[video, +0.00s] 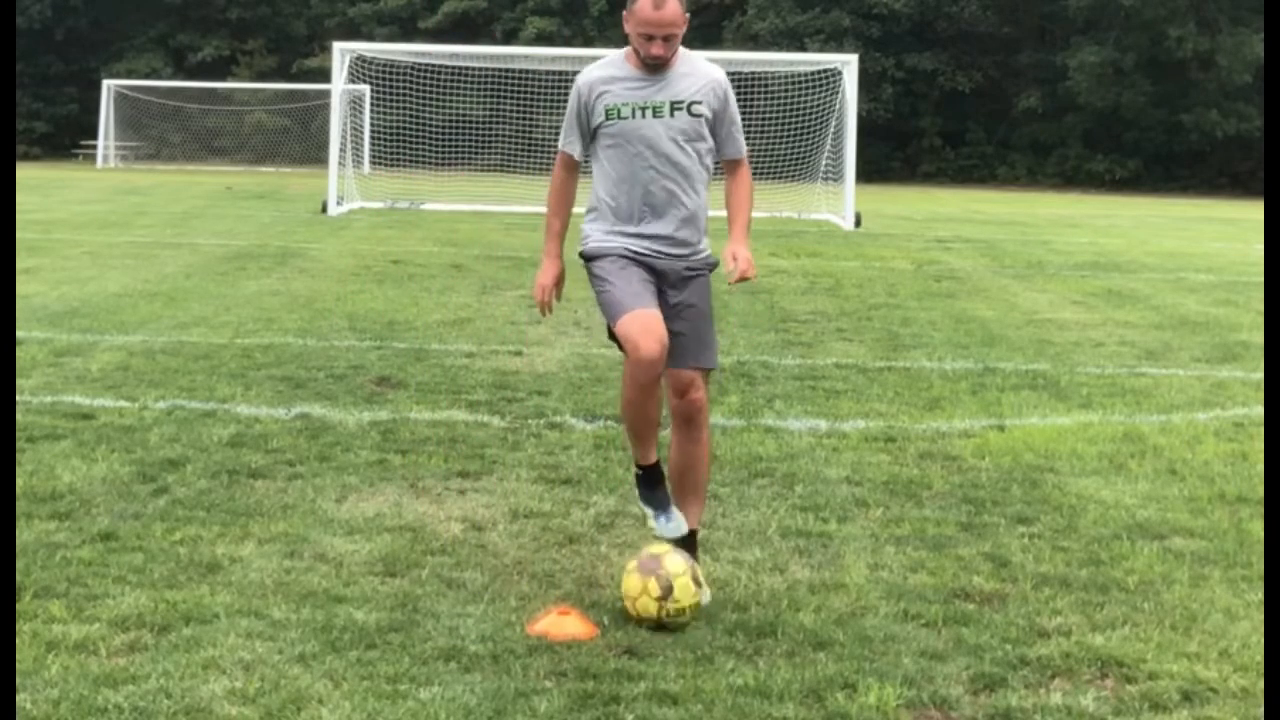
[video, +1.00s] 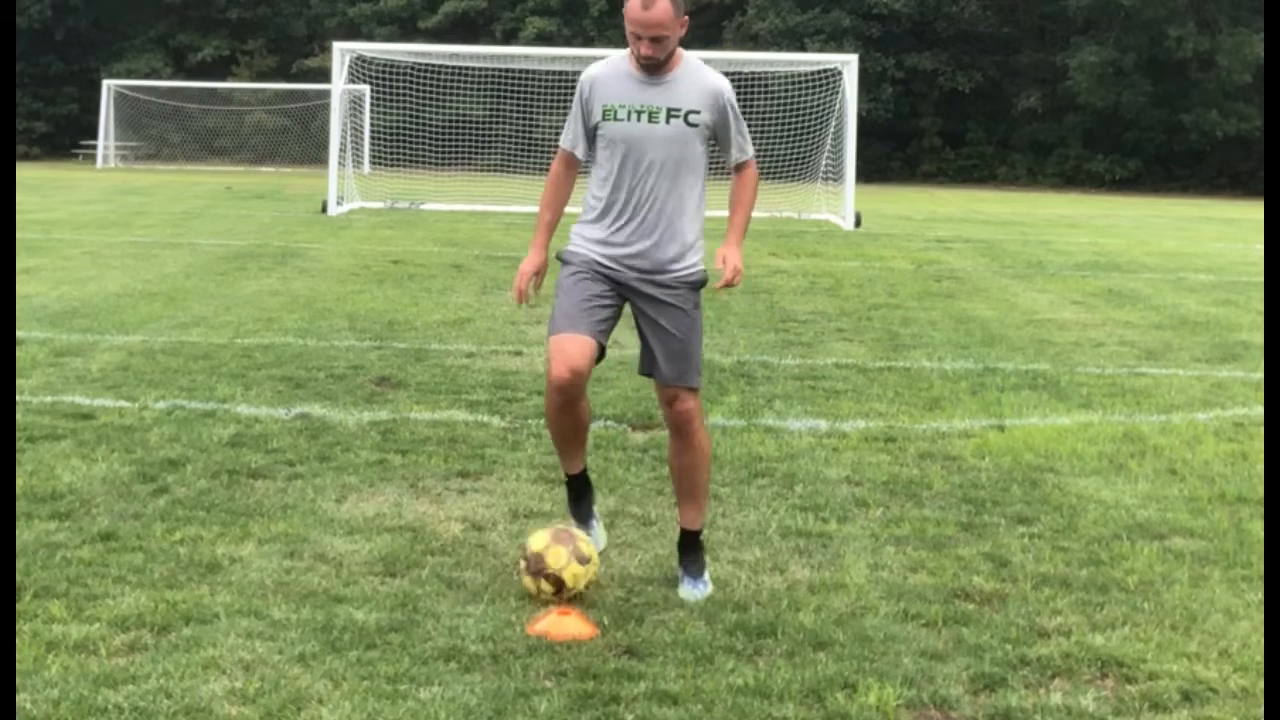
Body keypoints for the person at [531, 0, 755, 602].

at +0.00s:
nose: (659, 48)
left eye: (670, 37)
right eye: (648, 37)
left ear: (686, 27)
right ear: (626, 24)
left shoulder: (711, 83)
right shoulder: (593, 83)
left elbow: (736, 164)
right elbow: (565, 169)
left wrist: (738, 237)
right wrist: (551, 255)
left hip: (686, 256)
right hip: (614, 248)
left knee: (691, 397)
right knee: (648, 346)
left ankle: (687, 543)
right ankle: (648, 474)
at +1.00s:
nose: (646, 50)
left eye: (658, 39)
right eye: (636, 37)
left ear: (683, 27)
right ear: (624, 23)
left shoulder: (711, 89)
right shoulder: (597, 80)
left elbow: (744, 166)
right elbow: (566, 164)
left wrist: (733, 243)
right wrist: (538, 249)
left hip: (672, 271)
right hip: (593, 259)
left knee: (682, 409)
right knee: (563, 375)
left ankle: (691, 551)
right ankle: (580, 504)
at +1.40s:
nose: (619, 46)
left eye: (632, 36)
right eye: (612, 33)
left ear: (662, 25)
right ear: (603, 21)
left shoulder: (697, 85)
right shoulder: (580, 78)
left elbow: (728, 161)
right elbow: (555, 160)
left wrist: (711, 236)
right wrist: (524, 242)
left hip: (656, 260)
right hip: (577, 248)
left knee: (663, 401)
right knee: (513, 367)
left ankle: (657, 540)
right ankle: (497, 487)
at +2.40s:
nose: (527, 47)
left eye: (539, 36)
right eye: (518, 35)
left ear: (569, 22)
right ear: (509, 22)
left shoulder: (603, 86)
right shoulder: (499, 76)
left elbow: (645, 171)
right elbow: (496, 153)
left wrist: (624, 243)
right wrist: (470, 230)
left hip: (575, 256)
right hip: (502, 250)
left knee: (571, 389)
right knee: (454, 377)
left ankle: (618, 509)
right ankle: (444, 523)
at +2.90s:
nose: (470, 83)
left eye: (481, 70)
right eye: (459, 71)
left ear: (506, 58)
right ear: (447, 63)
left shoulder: (547, 114)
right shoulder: (442, 123)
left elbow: (593, 197)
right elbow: (430, 211)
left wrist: (596, 281)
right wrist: (404, 295)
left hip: (543, 267)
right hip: (473, 277)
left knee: (526, 353)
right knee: (430, 410)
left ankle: (531, 498)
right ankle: (446, 552)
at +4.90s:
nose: (481, 44)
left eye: (492, 31)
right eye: (469, 33)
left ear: (509, 14)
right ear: (449, 21)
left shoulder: (546, 68)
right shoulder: (428, 87)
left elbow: (576, 145)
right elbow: (407, 170)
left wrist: (590, 222)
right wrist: (378, 251)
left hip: (547, 243)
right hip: (467, 256)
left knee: (599, 361)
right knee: (452, 399)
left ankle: (600, 482)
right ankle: (455, 532)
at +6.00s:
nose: (573, 39)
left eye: (584, 26)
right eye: (560, 27)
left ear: (600, 12)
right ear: (537, 14)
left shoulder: (626, 65)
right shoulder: (510, 82)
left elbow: (650, 133)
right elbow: (480, 167)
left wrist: (670, 207)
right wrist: (469, 256)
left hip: (625, 246)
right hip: (547, 258)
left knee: (674, 372)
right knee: (532, 398)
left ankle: (670, 526)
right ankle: (511, 528)